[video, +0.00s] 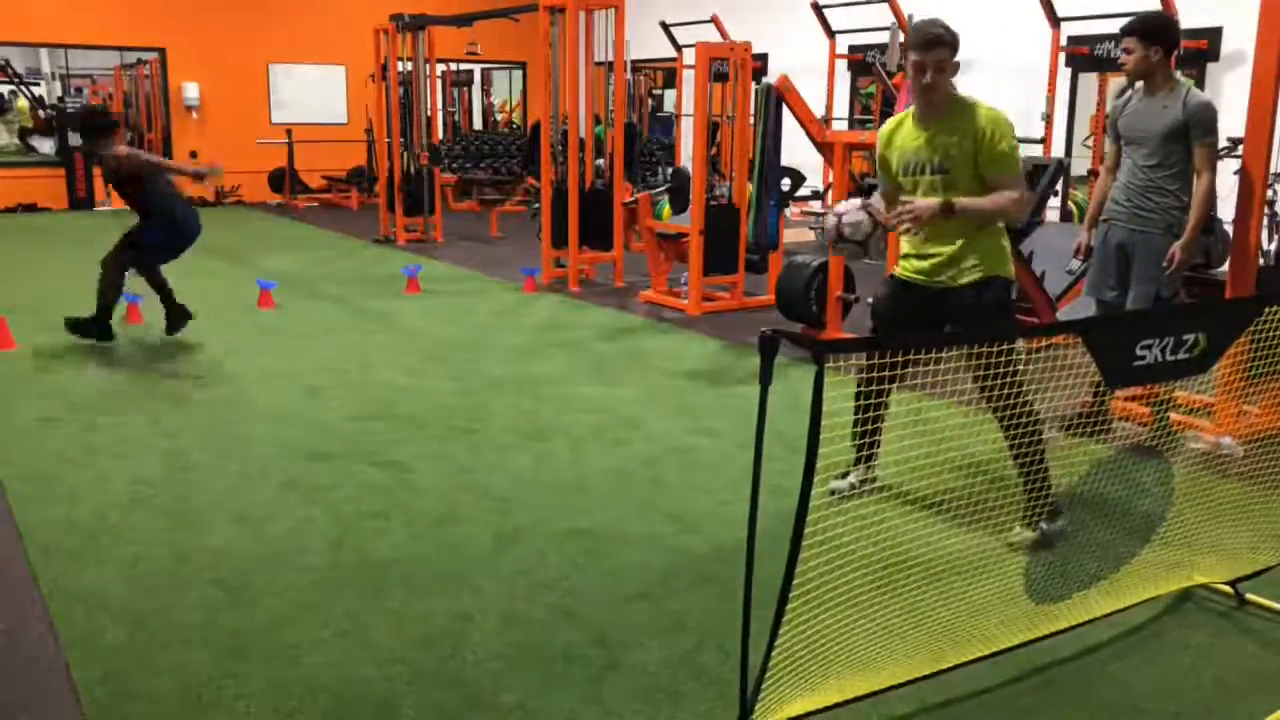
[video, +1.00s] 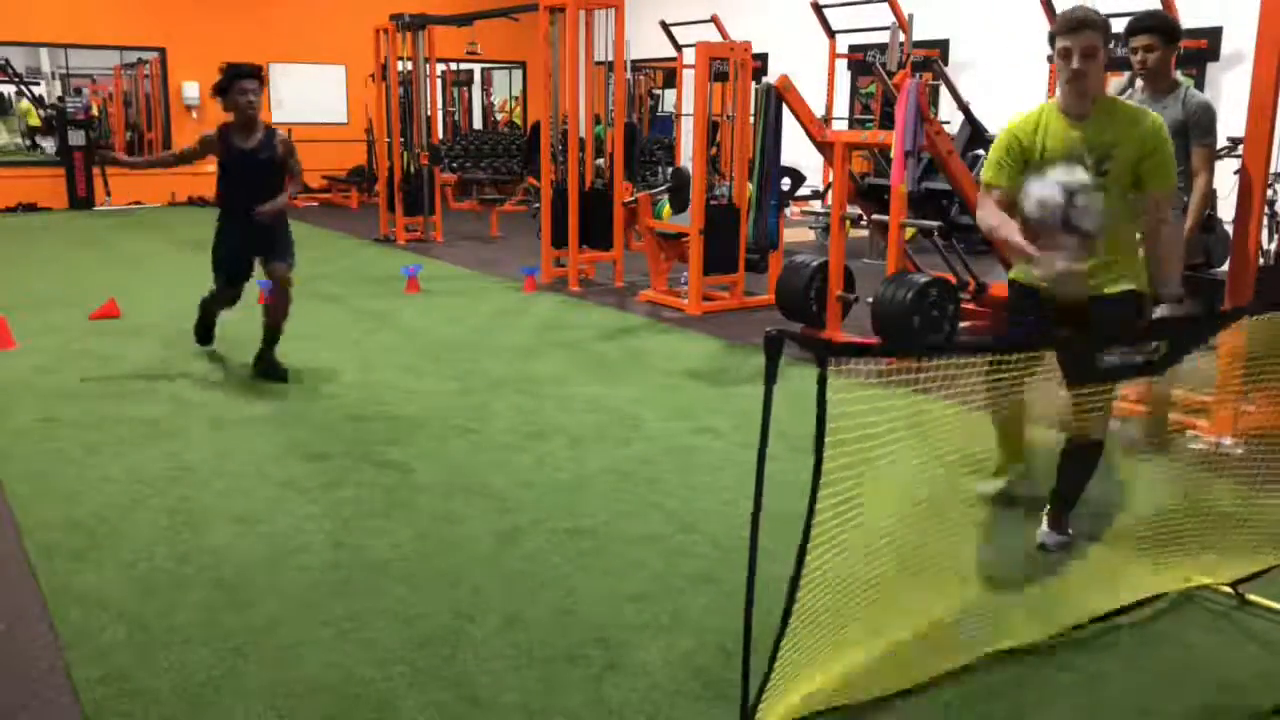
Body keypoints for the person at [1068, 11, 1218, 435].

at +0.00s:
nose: (1121, 59)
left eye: (1128, 51)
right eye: (1121, 51)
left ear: (1158, 54)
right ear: (1143, 56)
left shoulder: (1195, 106)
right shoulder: (1121, 102)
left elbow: (1204, 176)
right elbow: (1109, 170)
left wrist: (1188, 239)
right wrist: (1088, 227)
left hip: (1160, 234)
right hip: (1113, 228)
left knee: (1142, 326)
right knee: (1103, 321)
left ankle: (1153, 422)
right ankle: (1095, 405)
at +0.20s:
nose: (1121, 58)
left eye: (1128, 51)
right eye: (1121, 51)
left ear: (1159, 54)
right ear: (1142, 55)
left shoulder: (1195, 106)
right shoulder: (1121, 103)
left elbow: (1204, 176)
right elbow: (1108, 170)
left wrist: (1188, 239)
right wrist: (1088, 227)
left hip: (1160, 235)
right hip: (1114, 228)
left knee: (1144, 326)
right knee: (1104, 322)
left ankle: (1155, 420)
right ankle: (1094, 404)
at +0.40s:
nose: (1120, 58)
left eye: (1128, 51)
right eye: (1120, 51)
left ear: (1159, 54)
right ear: (1145, 55)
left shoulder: (1195, 107)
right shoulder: (1122, 100)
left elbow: (1204, 178)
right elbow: (1109, 169)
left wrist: (1186, 240)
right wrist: (1089, 225)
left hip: (1160, 235)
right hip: (1114, 229)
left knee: (1144, 323)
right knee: (1103, 318)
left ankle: (1152, 420)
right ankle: (1094, 402)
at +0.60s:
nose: (1131, 59)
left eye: (1142, 51)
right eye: (1128, 51)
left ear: (1169, 52)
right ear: (1126, 54)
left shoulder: (1195, 107)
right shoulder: (1121, 100)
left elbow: (1203, 177)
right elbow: (1108, 167)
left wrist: (1186, 239)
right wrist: (1089, 225)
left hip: (1164, 234)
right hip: (1115, 228)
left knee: (1146, 324)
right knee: (1103, 320)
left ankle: (1153, 421)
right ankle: (1095, 409)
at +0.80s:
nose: (1140, 59)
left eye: (1149, 50)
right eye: (1134, 52)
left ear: (1171, 51)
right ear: (1127, 55)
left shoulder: (1194, 106)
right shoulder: (1121, 101)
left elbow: (1202, 177)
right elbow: (1110, 160)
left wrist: (1186, 238)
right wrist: (1102, 214)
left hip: (1168, 226)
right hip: (1120, 220)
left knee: (1165, 323)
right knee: (1106, 315)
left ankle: (1158, 412)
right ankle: (1093, 401)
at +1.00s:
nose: (1140, 59)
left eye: (1149, 50)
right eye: (1134, 51)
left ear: (1173, 51)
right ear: (1128, 54)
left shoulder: (1195, 106)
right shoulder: (1125, 102)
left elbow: (1202, 175)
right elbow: (1112, 168)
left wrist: (1186, 233)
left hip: (1173, 220)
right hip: (1128, 218)